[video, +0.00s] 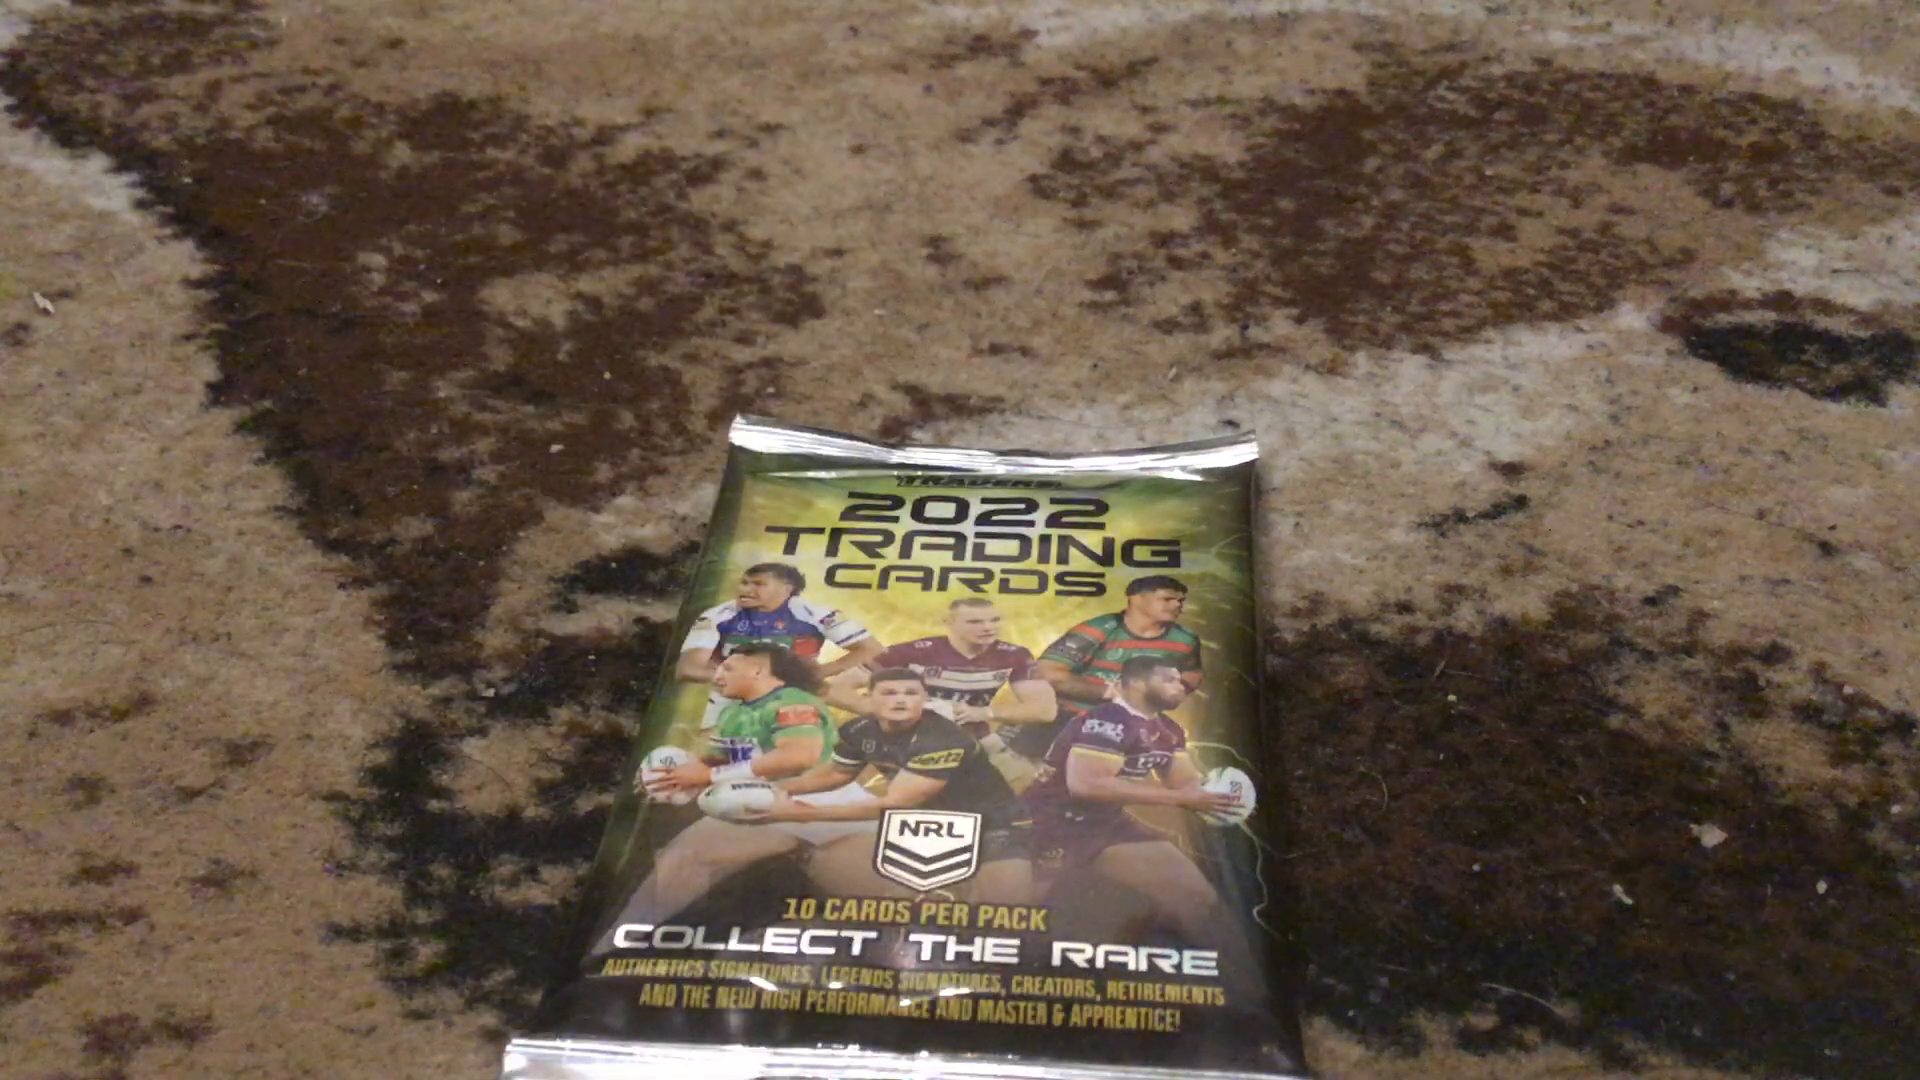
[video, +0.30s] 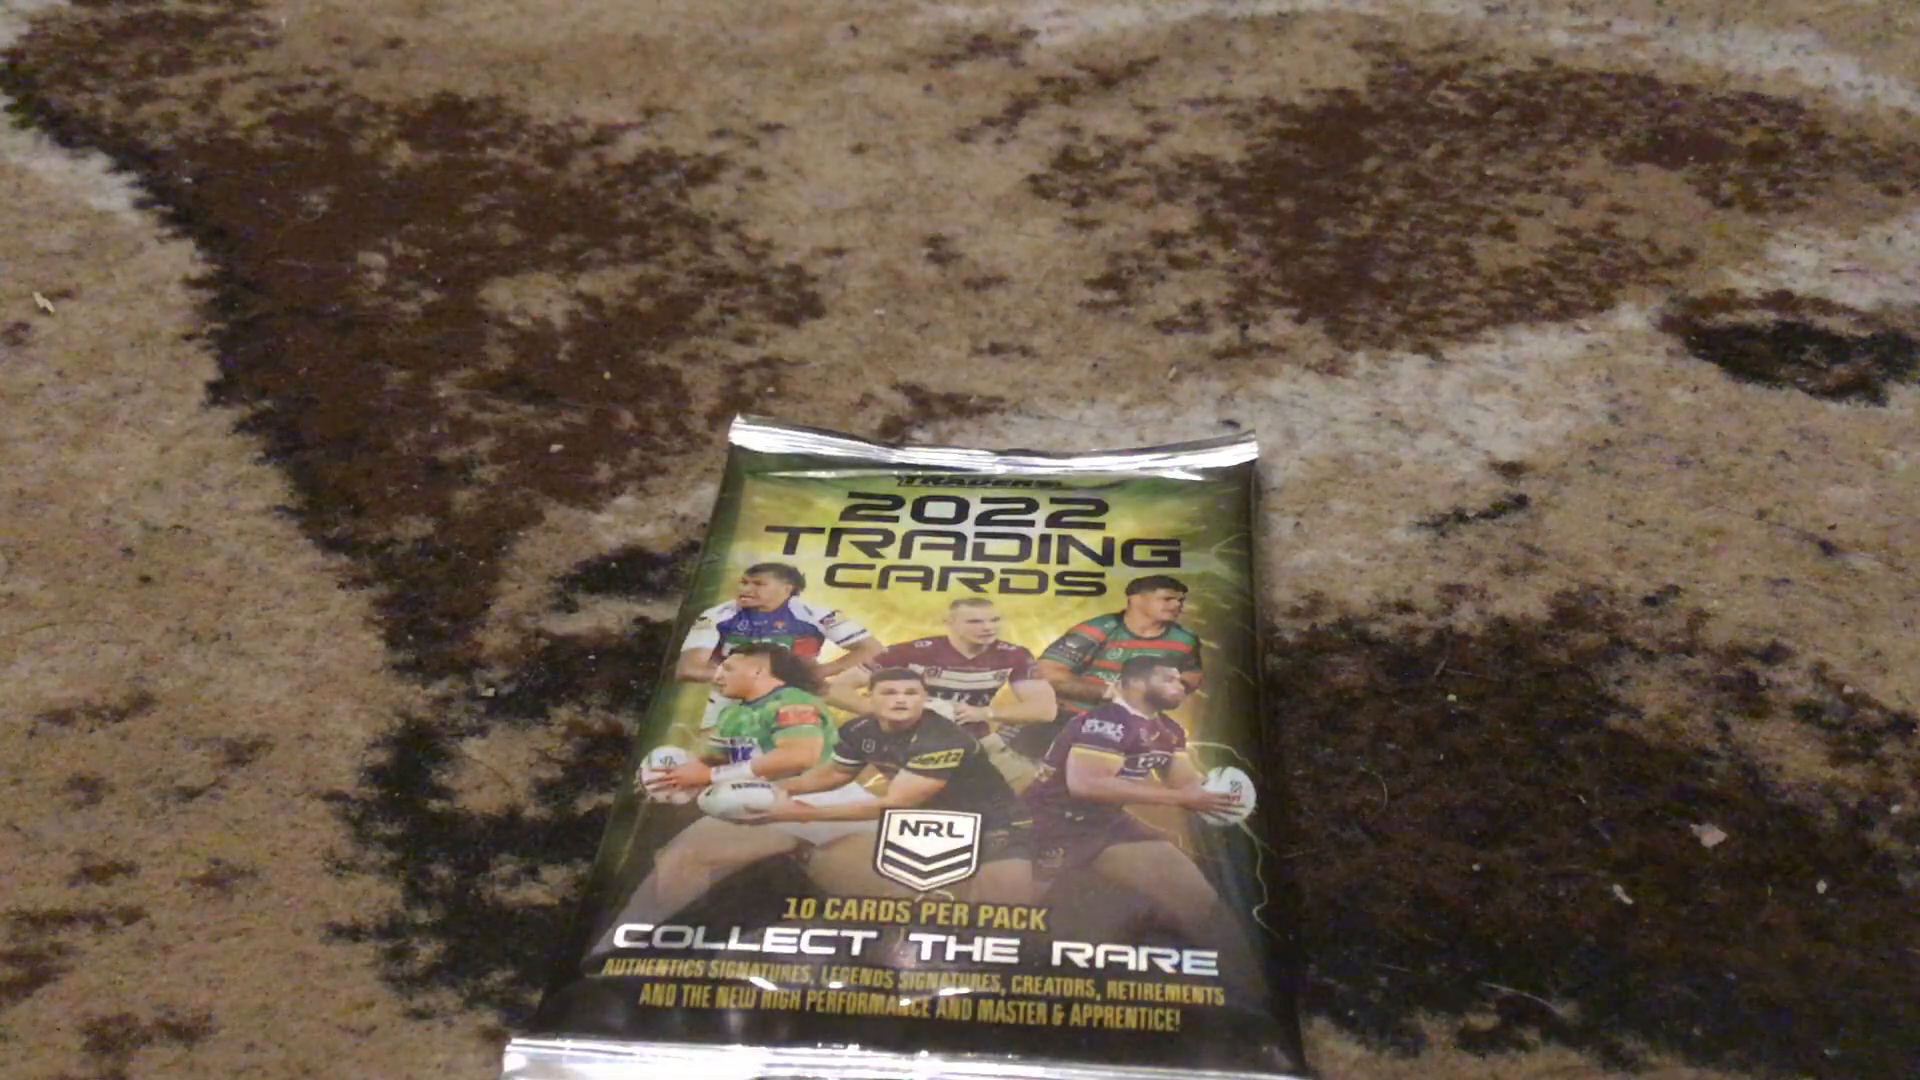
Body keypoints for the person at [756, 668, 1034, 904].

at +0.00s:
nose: (900, 701)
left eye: (910, 693)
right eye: (889, 693)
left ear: (925, 699)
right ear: (871, 699)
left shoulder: (943, 738)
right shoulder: (862, 731)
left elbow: (893, 805)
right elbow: (836, 773)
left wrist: (810, 813)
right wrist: (784, 787)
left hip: (993, 829)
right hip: (927, 825)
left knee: (1002, 919)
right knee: (825, 865)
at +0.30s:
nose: (900, 700)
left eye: (910, 693)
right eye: (889, 692)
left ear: (925, 698)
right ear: (871, 698)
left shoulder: (943, 738)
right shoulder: (862, 731)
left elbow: (892, 806)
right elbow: (835, 773)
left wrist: (809, 813)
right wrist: (787, 786)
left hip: (994, 828)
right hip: (930, 824)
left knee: (1004, 919)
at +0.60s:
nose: (900, 700)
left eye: (910, 693)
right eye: (889, 693)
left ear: (925, 698)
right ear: (871, 698)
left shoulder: (944, 738)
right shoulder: (861, 730)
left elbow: (894, 806)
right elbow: (836, 772)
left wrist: (806, 813)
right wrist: (787, 786)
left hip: (993, 828)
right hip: (927, 825)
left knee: (1006, 914)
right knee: (830, 866)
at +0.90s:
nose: (900, 700)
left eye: (910, 692)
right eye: (889, 692)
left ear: (924, 699)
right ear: (872, 698)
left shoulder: (943, 739)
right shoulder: (861, 732)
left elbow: (894, 806)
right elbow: (833, 773)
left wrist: (806, 813)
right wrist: (786, 786)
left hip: (993, 827)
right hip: (927, 824)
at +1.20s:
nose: (900, 700)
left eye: (910, 693)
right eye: (889, 693)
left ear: (924, 698)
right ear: (872, 698)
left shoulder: (943, 738)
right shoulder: (861, 731)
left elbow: (895, 805)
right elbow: (835, 772)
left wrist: (807, 813)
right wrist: (786, 787)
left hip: (995, 829)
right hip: (930, 826)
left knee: (1004, 914)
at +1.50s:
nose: (900, 700)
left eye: (910, 693)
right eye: (889, 693)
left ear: (924, 698)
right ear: (872, 698)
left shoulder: (944, 738)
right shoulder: (861, 731)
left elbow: (895, 805)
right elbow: (834, 772)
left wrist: (811, 813)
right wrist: (788, 785)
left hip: (993, 828)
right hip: (930, 826)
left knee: (1006, 913)